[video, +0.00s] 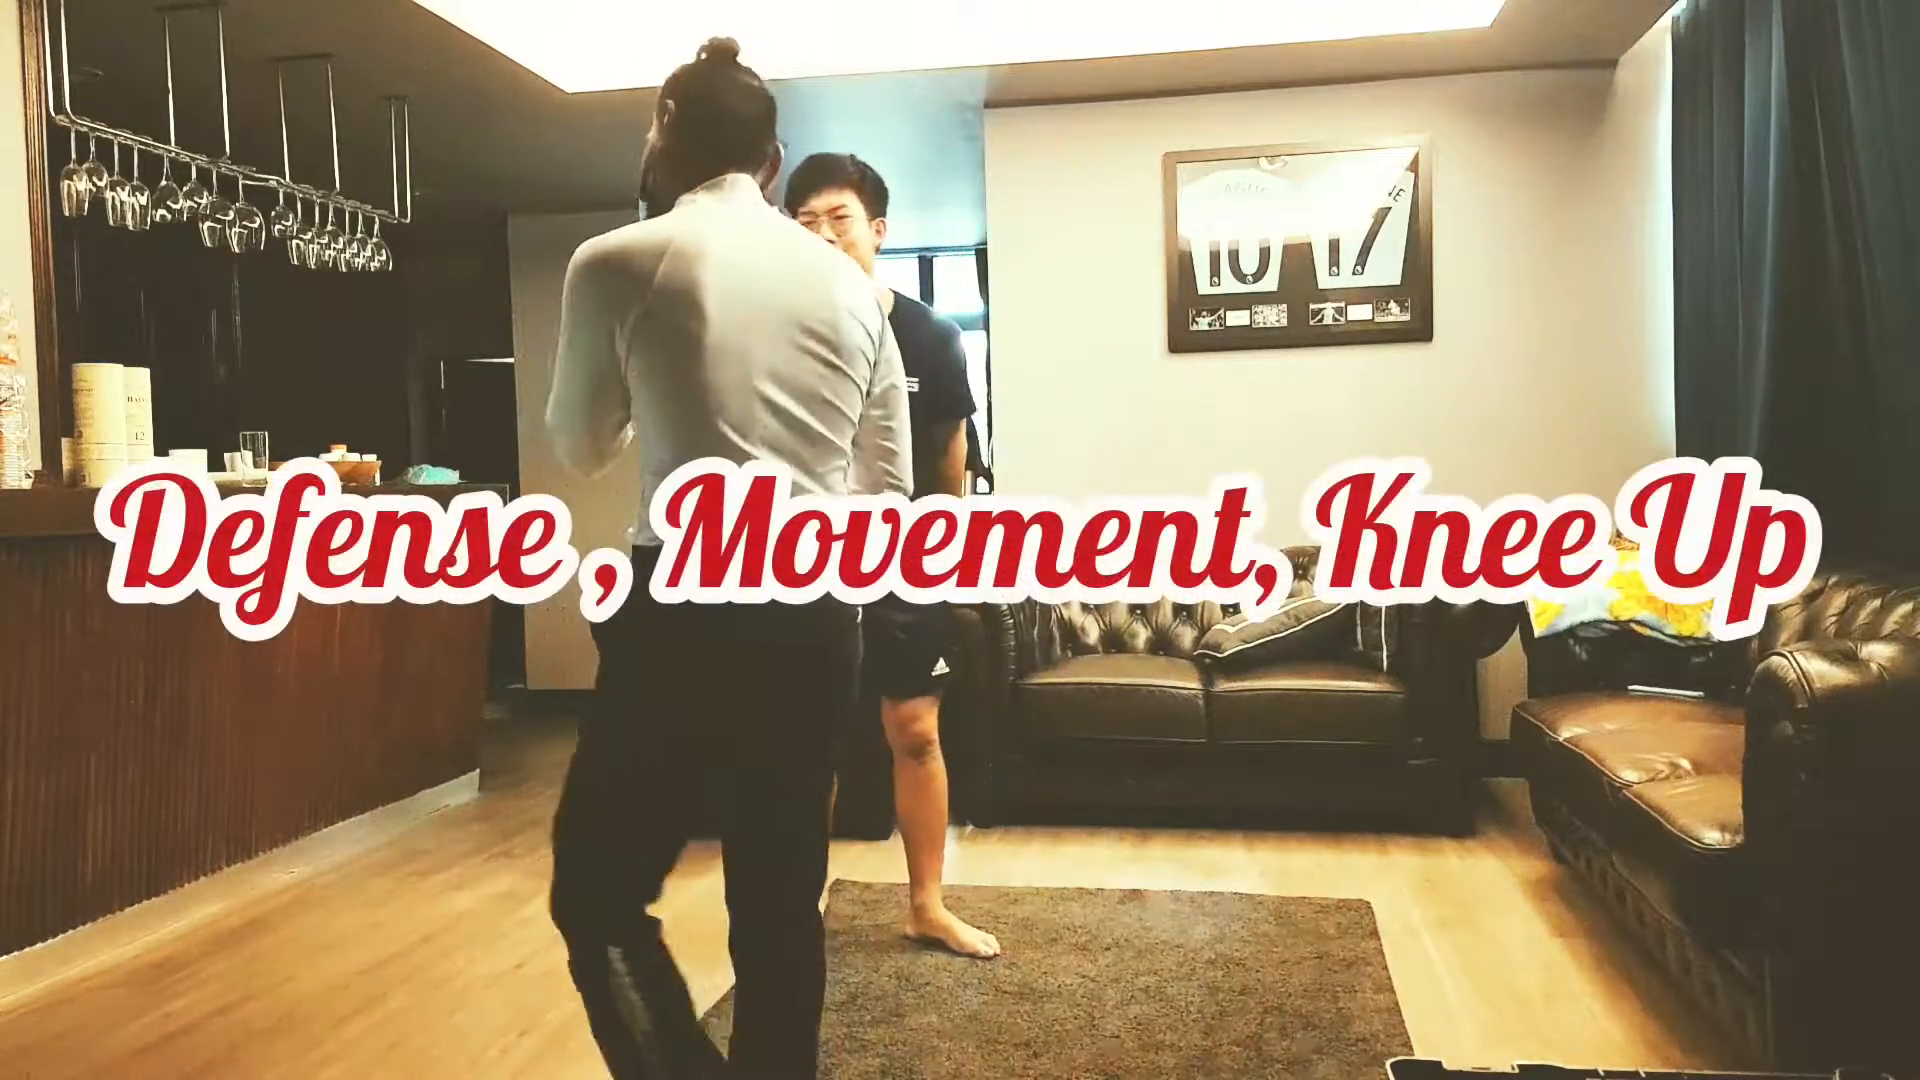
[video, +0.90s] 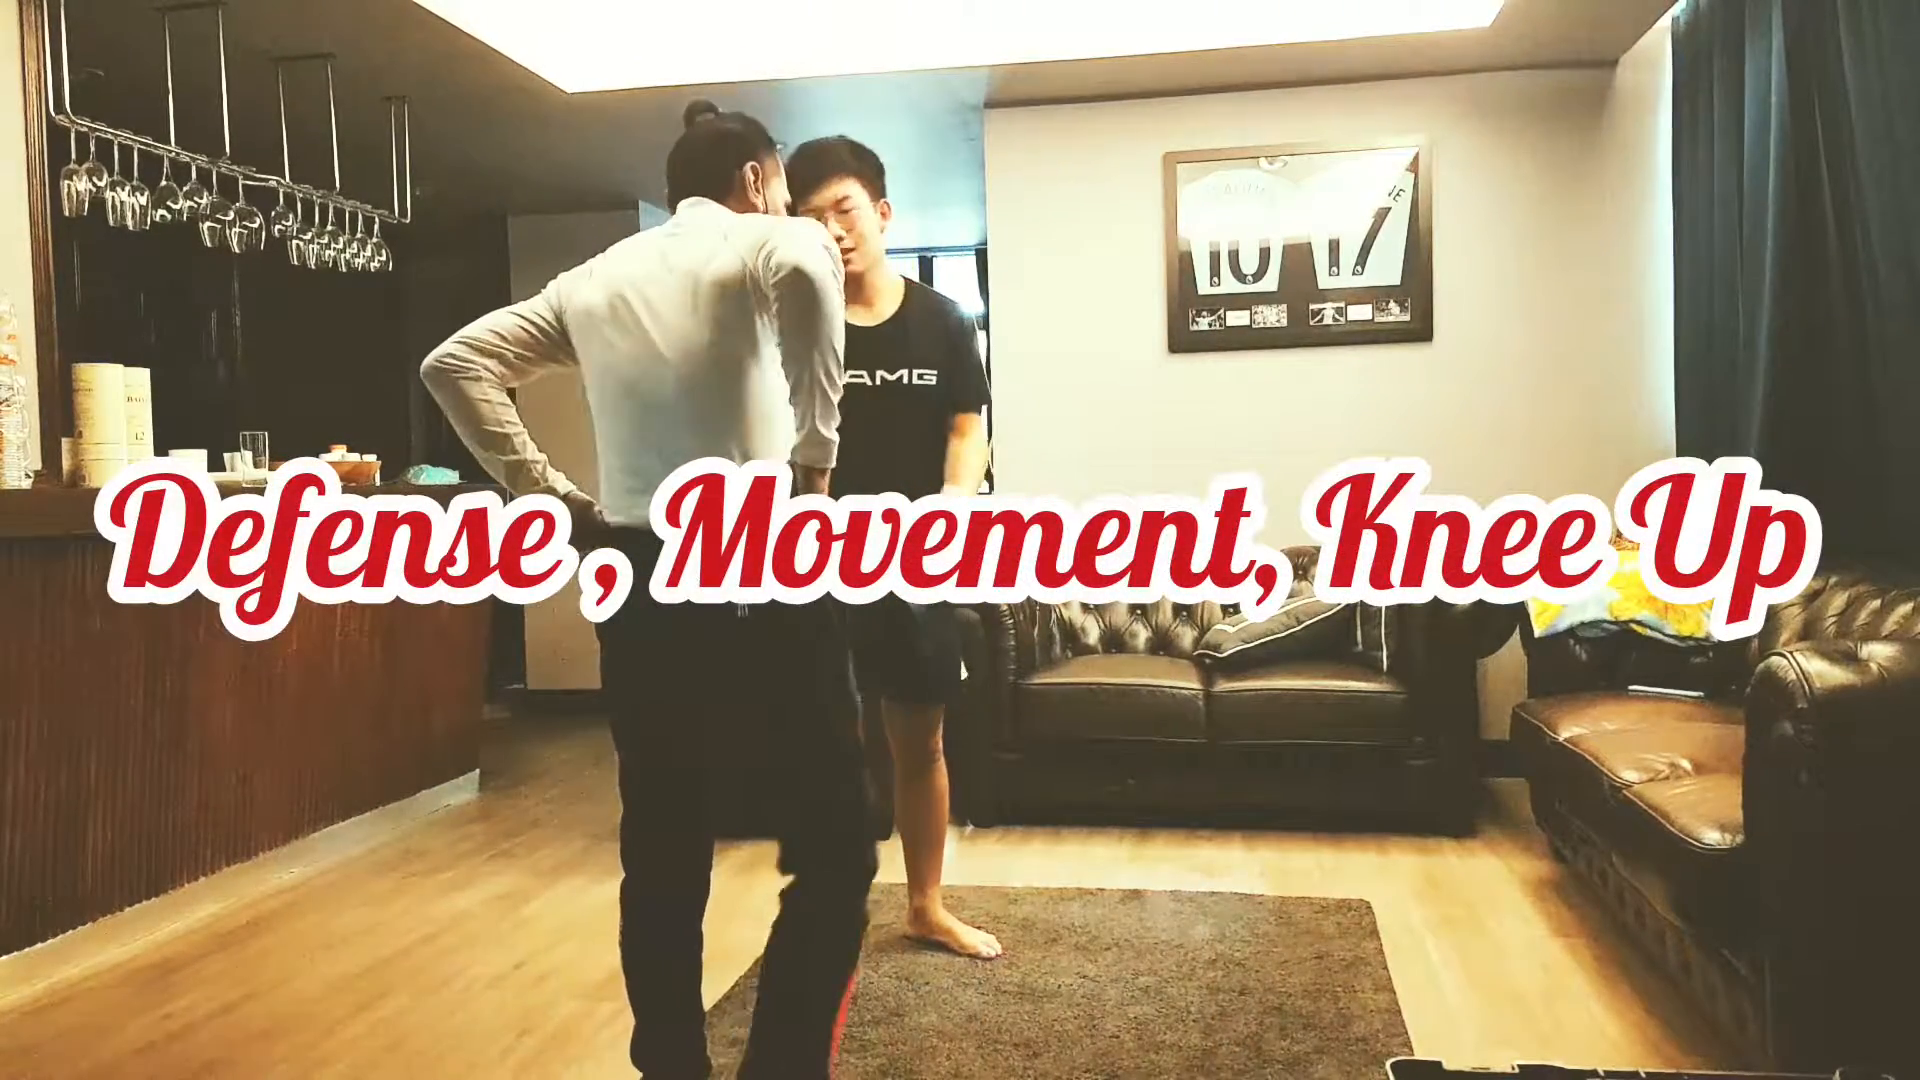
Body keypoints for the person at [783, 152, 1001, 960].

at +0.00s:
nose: (826, 234)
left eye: (841, 218)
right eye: (810, 223)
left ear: (878, 230)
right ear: (795, 238)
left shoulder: (924, 335)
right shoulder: (782, 333)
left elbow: (953, 466)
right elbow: (771, 457)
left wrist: (939, 561)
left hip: (902, 557)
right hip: (808, 559)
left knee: (915, 731)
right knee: (808, 729)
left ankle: (927, 900)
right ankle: (805, 886)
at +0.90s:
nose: (834, 230)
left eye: (846, 209)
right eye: (816, 218)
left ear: (883, 211)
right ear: (800, 233)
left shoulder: (938, 319)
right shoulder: (796, 326)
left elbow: (968, 429)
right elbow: (772, 439)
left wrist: (945, 522)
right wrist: (797, 530)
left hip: (913, 560)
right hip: (821, 566)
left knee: (920, 743)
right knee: (832, 743)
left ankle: (927, 905)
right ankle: (831, 912)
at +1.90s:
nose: (966, 253)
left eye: (983, 236)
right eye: (955, 239)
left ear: (1026, 238)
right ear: (947, 244)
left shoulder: (1053, 321)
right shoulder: (927, 330)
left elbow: (1076, 312)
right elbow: (901, 438)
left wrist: (1042, 274)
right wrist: (880, 534)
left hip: (1024, 561)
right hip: (931, 559)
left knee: (1026, 728)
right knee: (918, 728)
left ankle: (1026, 876)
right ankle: (895, 902)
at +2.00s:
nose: (978, 250)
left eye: (995, 234)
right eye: (968, 237)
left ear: (1037, 240)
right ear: (959, 242)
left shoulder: (1063, 325)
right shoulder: (938, 325)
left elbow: (1081, 310)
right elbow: (905, 438)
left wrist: (1046, 271)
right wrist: (877, 532)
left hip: (1030, 555)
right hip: (935, 551)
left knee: (1028, 727)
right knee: (923, 724)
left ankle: (1025, 875)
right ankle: (904, 895)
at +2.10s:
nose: (986, 250)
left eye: (1003, 234)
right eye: (976, 236)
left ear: (1044, 242)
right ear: (967, 242)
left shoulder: (1069, 328)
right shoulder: (940, 328)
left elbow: (1084, 316)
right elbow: (910, 436)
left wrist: (1050, 276)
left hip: (1031, 559)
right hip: (940, 555)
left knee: (1030, 722)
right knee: (928, 719)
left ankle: (1025, 874)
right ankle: (912, 887)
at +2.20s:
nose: (986, 250)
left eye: (1003, 235)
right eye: (976, 236)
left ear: (1045, 243)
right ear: (967, 243)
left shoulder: (1073, 331)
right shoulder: (935, 333)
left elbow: (1076, 311)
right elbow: (897, 436)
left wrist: (1046, 265)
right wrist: (892, 562)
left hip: (1033, 557)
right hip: (943, 554)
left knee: (1029, 721)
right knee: (931, 716)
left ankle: (1025, 877)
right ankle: (929, 877)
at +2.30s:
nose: (982, 251)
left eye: (999, 236)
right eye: (972, 237)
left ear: (1042, 243)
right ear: (964, 245)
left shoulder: (1070, 332)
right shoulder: (934, 334)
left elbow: (1073, 313)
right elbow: (900, 445)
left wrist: (1044, 270)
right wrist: (893, 539)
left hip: (1029, 559)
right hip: (941, 557)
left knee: (1028, 719)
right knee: (937, 711)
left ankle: (1026, 874)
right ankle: (948, 859)